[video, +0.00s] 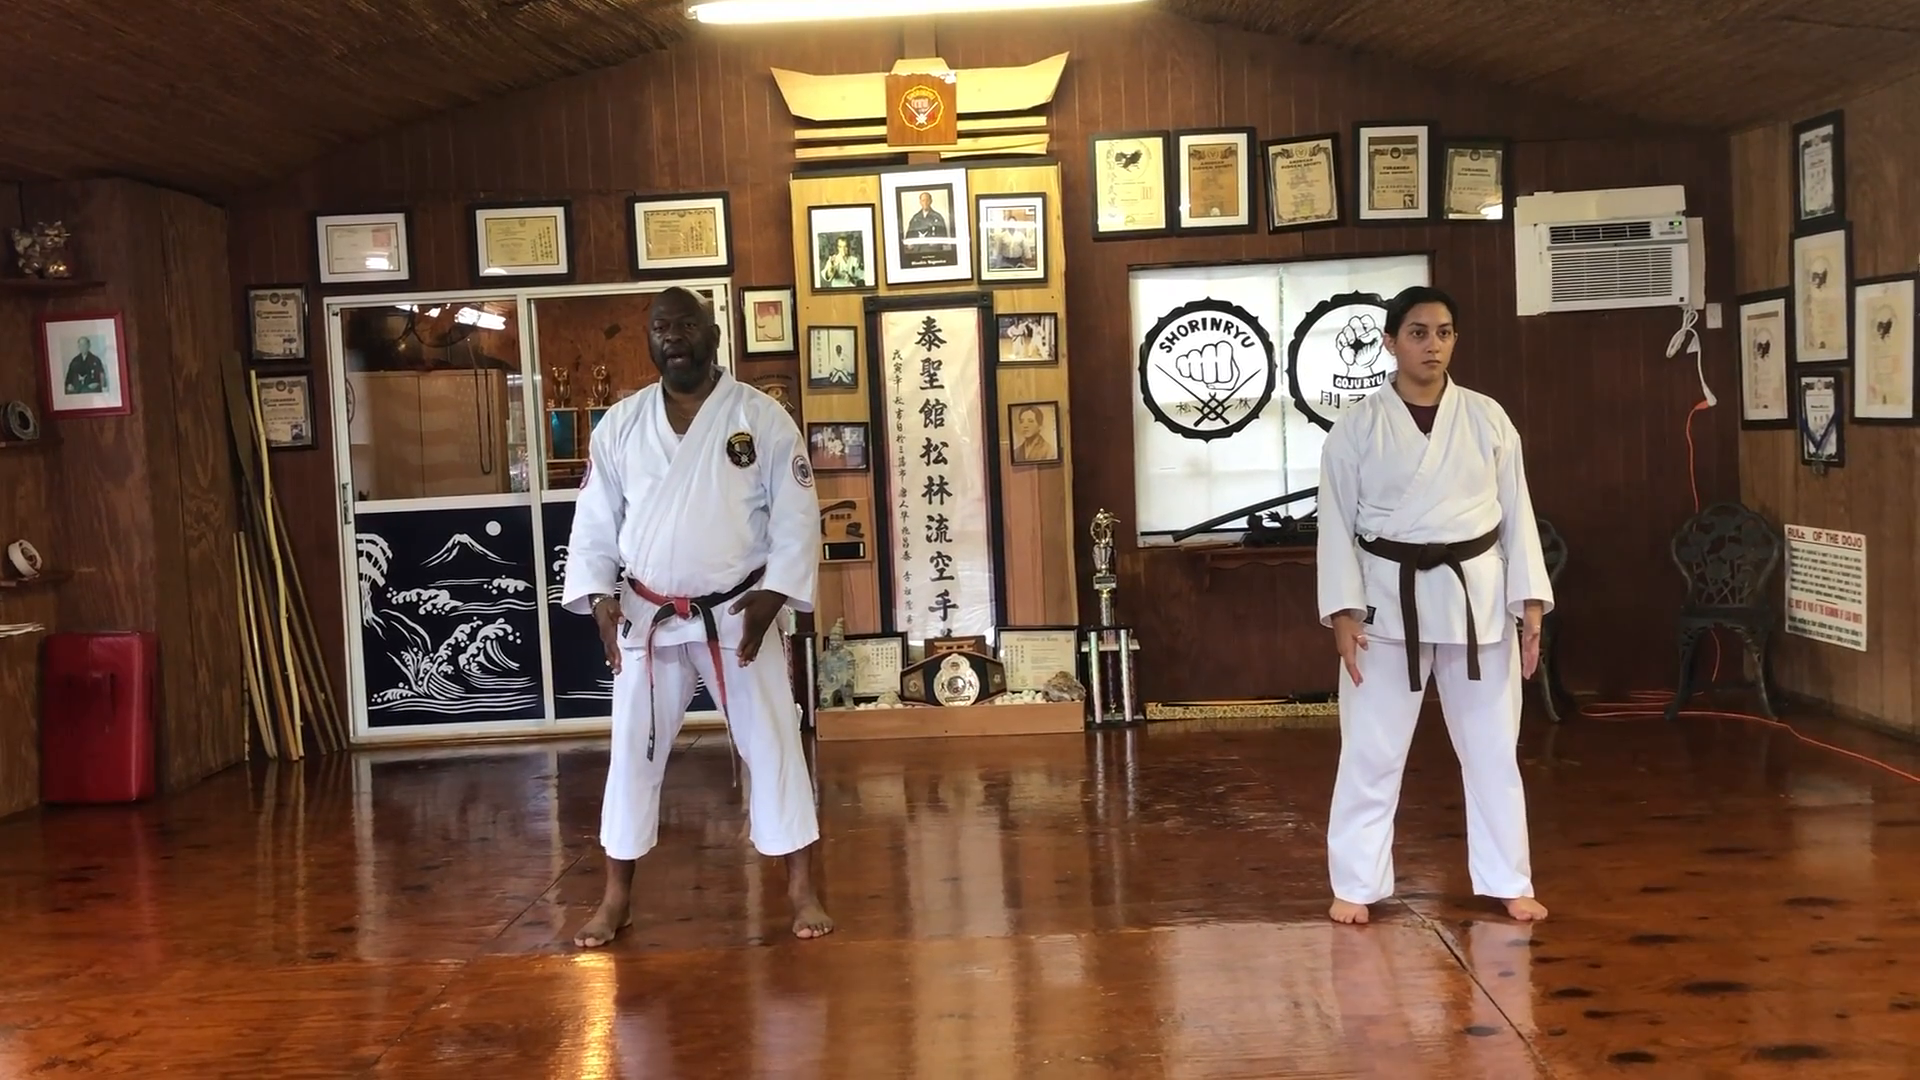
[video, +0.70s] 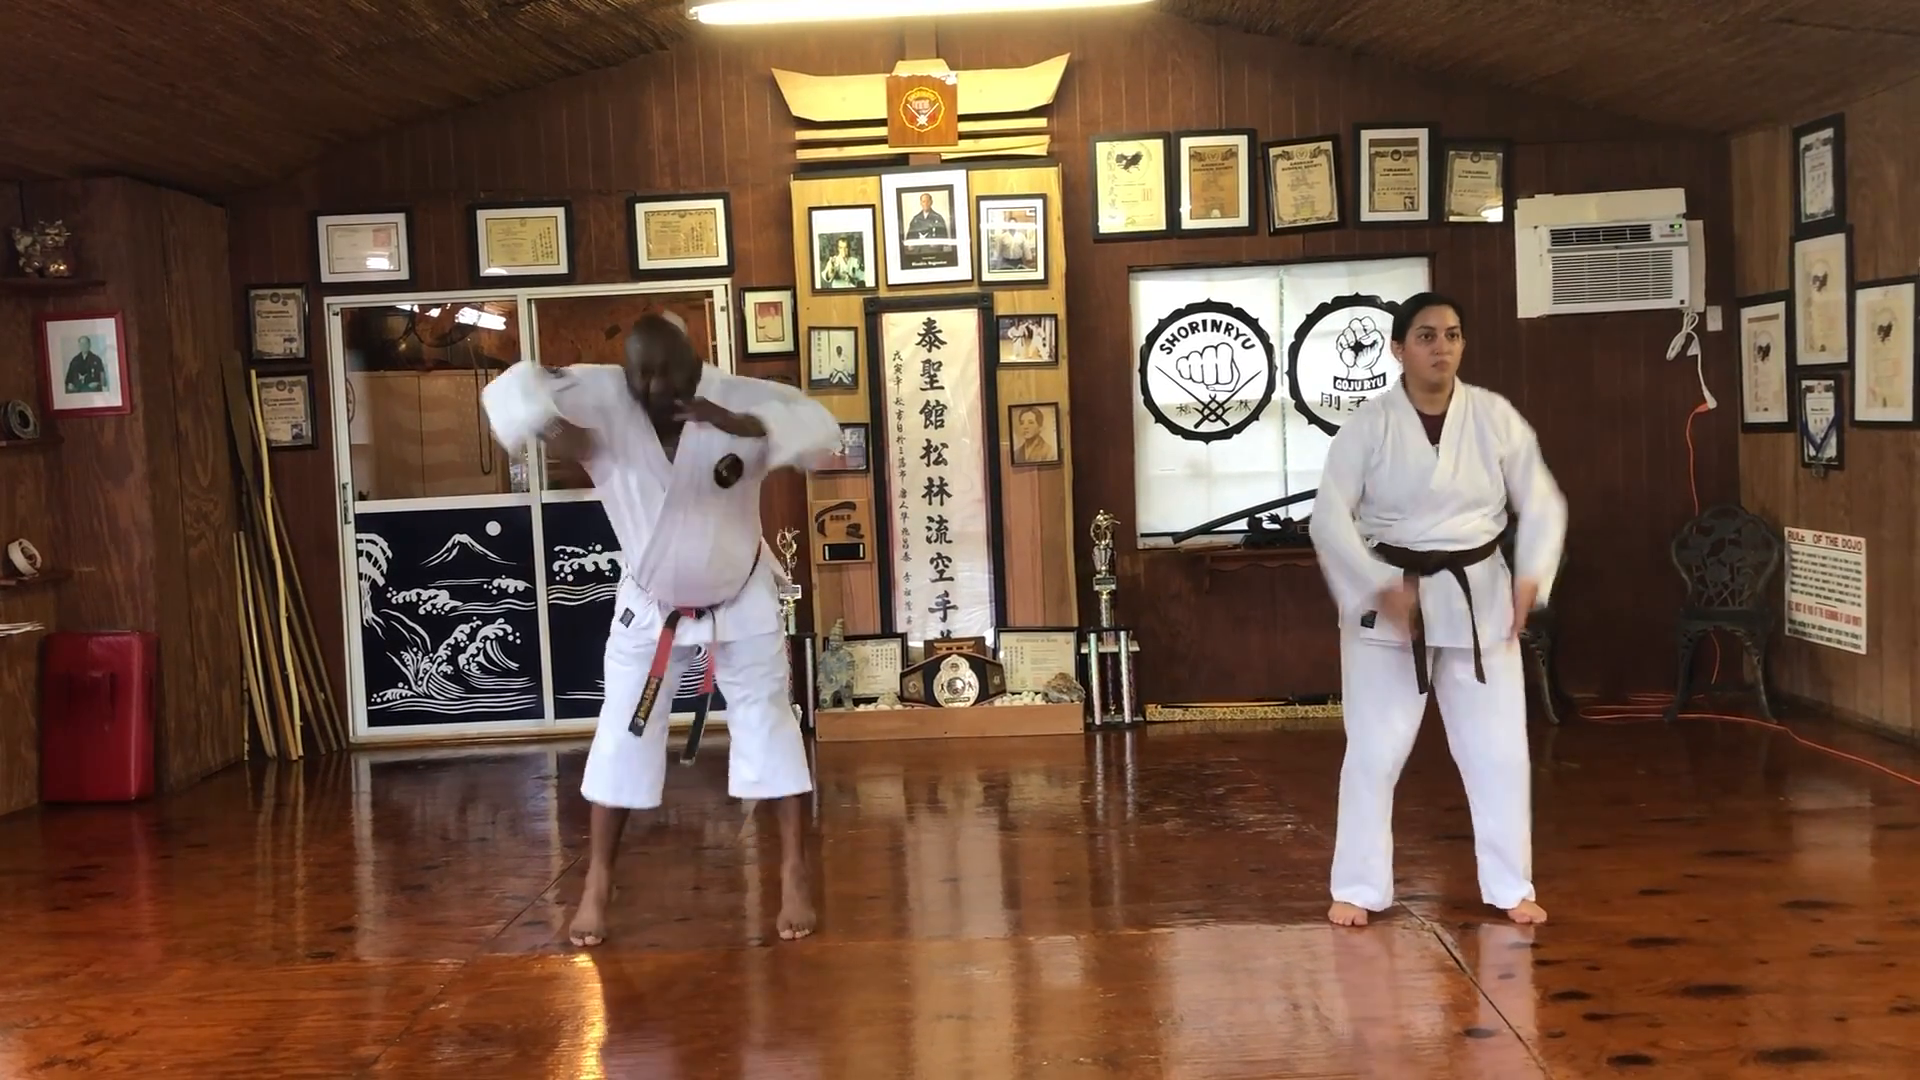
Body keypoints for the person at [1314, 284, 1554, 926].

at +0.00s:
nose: (1433, 344)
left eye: (1444, 332)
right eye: (1419, 332)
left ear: (1455, 343)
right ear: (1391, 342)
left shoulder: (1488, 418)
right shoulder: (1356, 425)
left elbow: (1517, 516)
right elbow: (1335, 522)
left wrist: (1530, 603)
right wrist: (1341, 607)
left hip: (1479, 601)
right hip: (1386, 602)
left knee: (1493, 753)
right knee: (1371, 754)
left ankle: (1510, 884)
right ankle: (1354, 889)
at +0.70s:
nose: (1441, 347)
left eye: (1451, 335)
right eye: (1426, 336)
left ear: (1463, 346)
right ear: (1399, 348)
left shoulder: (1496, 418)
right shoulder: (1368, 424)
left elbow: (1542, 504)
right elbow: (1329, 519)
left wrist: (1529, 578)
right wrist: (1381, 584)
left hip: (1481, 594)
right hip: (1388, 594)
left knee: (1499, 750)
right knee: (1374, 752)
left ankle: (1510, 889)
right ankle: (1357, 891)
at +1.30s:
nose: (1407, 419)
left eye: (1421, 403)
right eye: (1398, 410)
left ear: (1456, 408)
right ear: (1390, 417)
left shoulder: (1486, 453)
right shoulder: (1383, 462)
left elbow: (1550, 443)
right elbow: (1364, 476)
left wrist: (1540, 400)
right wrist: (1368, 425)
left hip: (1438, 615)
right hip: (1350, 607)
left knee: (1481, 746)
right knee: (1326, 735)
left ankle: (1508, 882)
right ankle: (1270, 866)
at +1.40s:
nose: (1367, 437)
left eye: (1380, 423)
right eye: (1361, 426)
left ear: (1421, 423)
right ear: (1356, 432)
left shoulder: (1467, 470)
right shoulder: (1354, 478)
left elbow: (1562, 446)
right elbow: (1330, 539)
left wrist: (1505, 440)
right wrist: (1335, 476)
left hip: (1416, 639)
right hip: (1328, 625)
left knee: (1479, 768)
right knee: (1265, 751)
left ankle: (1504, 893)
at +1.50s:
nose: (1297, 438)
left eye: (1309, 425)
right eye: (1293, 425)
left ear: (1348, 427)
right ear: (1297, 432)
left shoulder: (1400, 463)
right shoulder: (1285, 493)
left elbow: (1472, 454)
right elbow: (1327, 561)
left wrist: (1547, 427)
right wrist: (1384, 500)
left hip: (1365, 641)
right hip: (1273, 633)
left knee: (1437, 764)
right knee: (1194, 749)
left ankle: (1505, 892)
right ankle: (1081, 858)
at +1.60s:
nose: (1205, 431)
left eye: (1217, 420)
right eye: (1203, 419)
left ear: (1257, 424)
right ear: (1213, 427)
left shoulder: (1308, 467)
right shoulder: (1199, 478)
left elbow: (1411, 469)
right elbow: (1266, 539)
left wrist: (1513, 452)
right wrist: (1349, 526)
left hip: (1288, 641)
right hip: (1196, 642)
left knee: (1371, 762)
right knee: (1118, 764)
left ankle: (1486, 877)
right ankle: (1019, 884)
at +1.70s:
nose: (1137, 446)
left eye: (1149, 433)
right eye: (1135, 433)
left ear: (1189, 438)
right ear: (1137, 437)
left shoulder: (1235, 494)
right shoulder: (1117, 492)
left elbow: (1302, 538)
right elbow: (1139, 571)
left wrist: (1353, 549)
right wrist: (1223, 561)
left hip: (1224, 660)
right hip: (1130, 661)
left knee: (1304, 779)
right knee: (1065, 785)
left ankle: (1361, 863)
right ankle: (1010, 906)